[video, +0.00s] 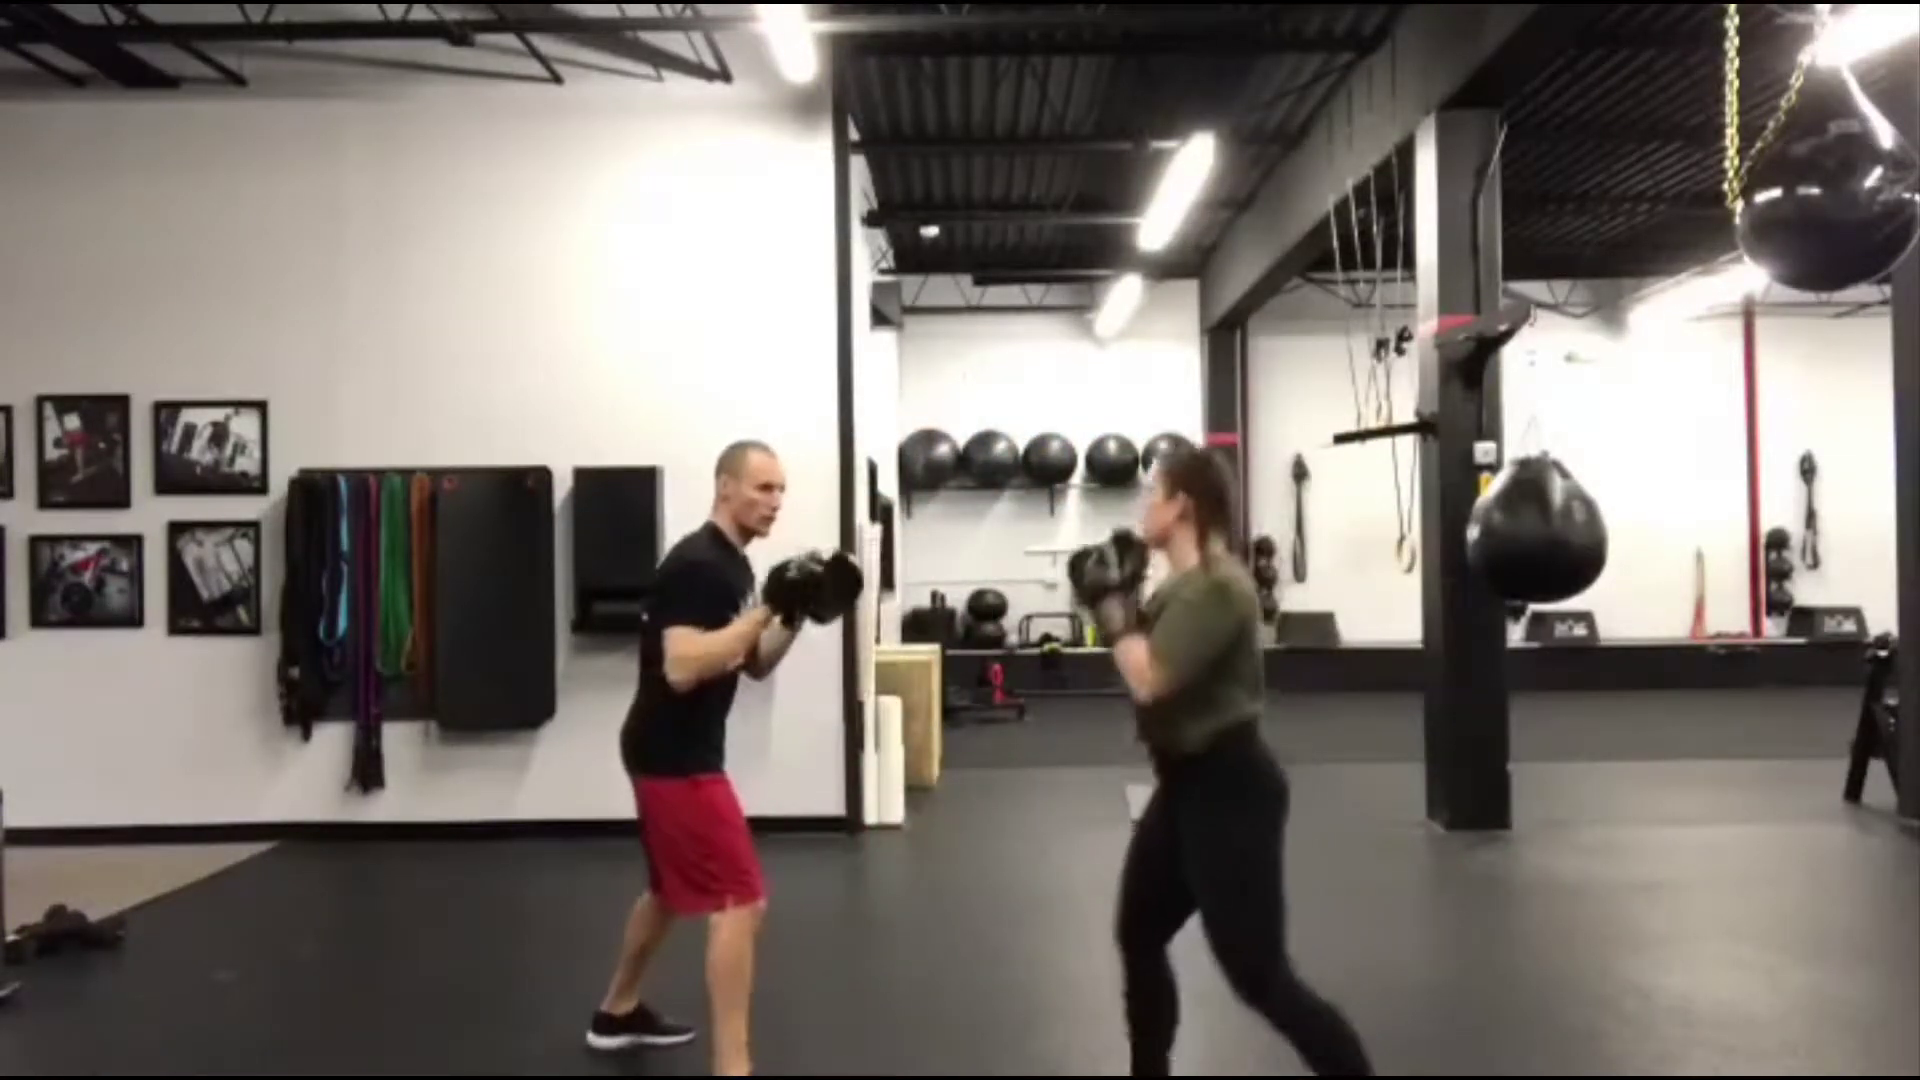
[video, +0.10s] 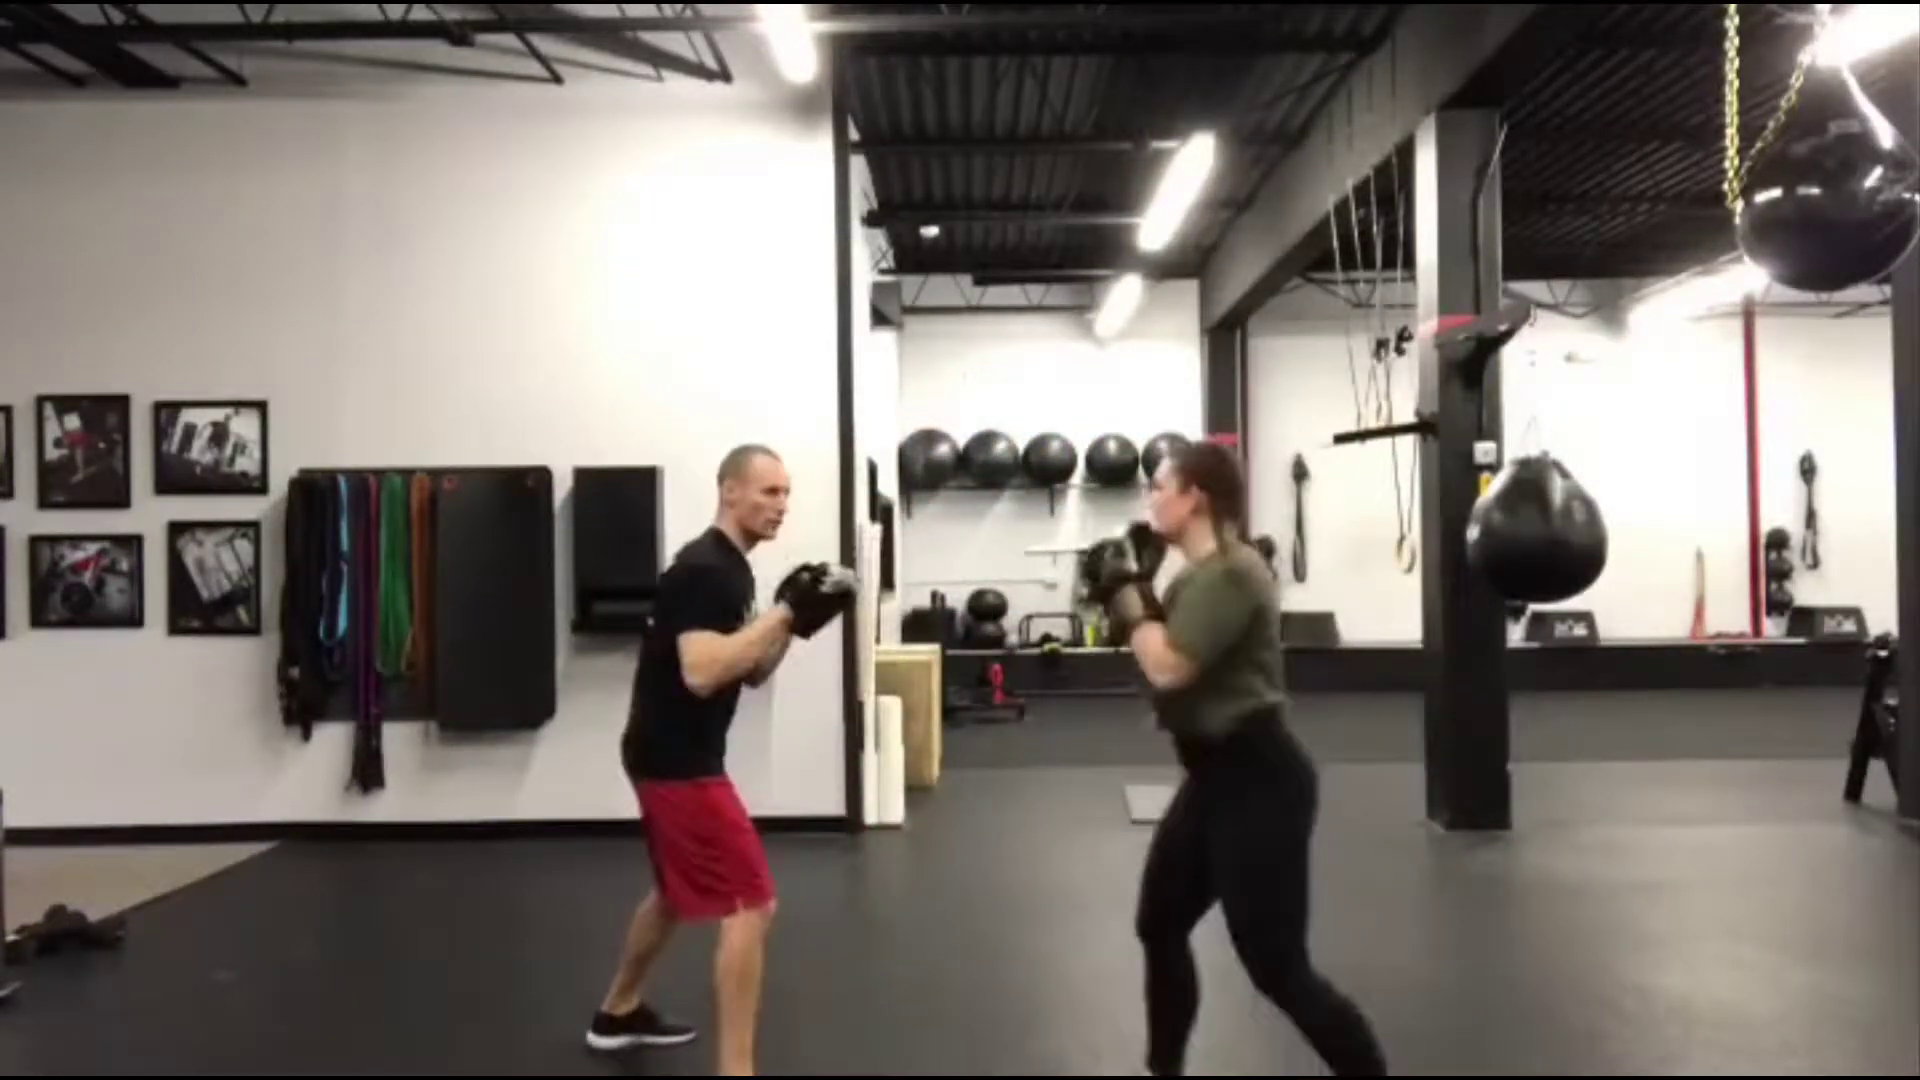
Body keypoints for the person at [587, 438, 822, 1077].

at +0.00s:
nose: (776, 502)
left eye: (780, 491)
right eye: (764, 489)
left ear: (768, 496)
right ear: (725, 490)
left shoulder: (733, 565)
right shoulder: (694, 564)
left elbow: (755, 663)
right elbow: (680, 667)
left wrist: (794, 613)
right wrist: (761, 612)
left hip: (678, 754)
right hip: (675, 760)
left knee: (669, 888)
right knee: (740, 903)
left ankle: (618, 1010)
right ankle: (733, 1065)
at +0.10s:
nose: (781, 505)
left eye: (785, 494)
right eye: (770, 492)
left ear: (770, 499)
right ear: (729, 493)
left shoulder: (730, 569)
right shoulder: (703, 569)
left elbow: (751, 671)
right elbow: (699, 670)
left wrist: (792, 623)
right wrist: (781, 614)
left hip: (673, 760)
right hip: (679, 765)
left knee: (675, 891)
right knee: (750, 905)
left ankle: (617, 1012)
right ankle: (737, 1067)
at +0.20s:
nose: (788, 506)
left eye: (792, 494)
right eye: (777, 491)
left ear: (757, 497)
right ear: (737, 491)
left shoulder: (734, 566)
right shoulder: (708, 565)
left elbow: (742, 670)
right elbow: (712, 670)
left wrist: (790, 617)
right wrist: (785, 610)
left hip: (671, 756)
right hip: (678, 762)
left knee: (676, 886)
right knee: (748, 906)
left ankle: (620, 1007)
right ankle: (737, 1066)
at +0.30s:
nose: (789, 508)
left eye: (792, 496)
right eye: (777, 494)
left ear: (773, 498)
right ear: (736, 493)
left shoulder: (741, 566)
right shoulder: (703, 567)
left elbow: (759, 662)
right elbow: (713, 668)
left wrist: (793, 602)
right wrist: (783, 600)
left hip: (678, 756)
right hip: (672, 761)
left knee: (671, 885)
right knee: (743, 905)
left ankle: (617, 1003)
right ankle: (736, 1066)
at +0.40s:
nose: (783, 514)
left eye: (786, 502)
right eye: (772, 501)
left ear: (767, 506)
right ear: (731, 501)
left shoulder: (739, 572)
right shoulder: (695, 573)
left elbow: (769, 663)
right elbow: (710, 672)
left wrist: (798, 606)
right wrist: (779, 603)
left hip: (675, 761)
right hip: (668, 765)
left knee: (671, 888)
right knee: (743, 905)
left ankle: (612, 1009)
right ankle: (737, 1067)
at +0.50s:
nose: (780, 513)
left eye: (783, 501)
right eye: (770, 500)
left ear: (749, 504)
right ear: (730, 499)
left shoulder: (733, 571)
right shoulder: (692, 570)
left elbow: (760, 663)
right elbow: (702, 674)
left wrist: (789, 612)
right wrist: (772, 615)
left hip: (673, 758)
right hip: (662, 762)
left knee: (671, 887)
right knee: (734, 904)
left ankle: (613, 1008)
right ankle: (735, 1066)